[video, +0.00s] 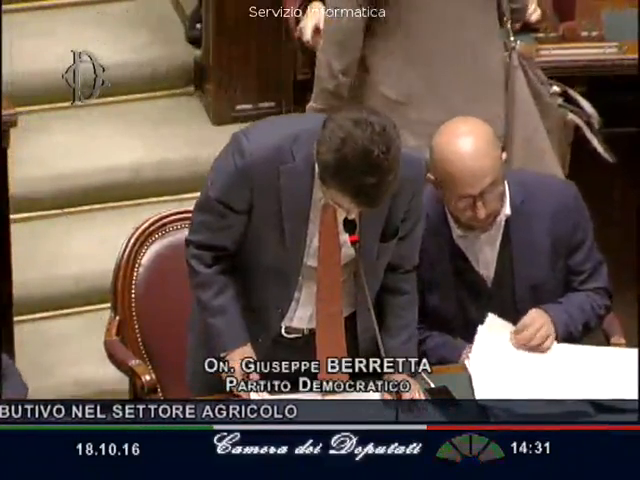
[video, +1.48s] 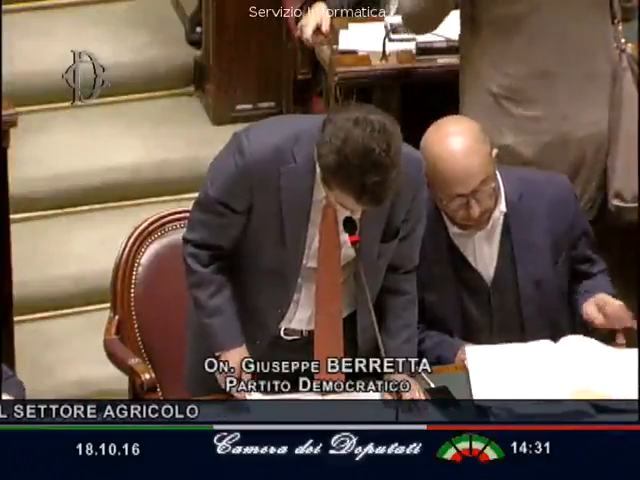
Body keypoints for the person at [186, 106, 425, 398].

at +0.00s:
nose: (350, 214)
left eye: (362, 207)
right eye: (340, 203)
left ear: (388, 176)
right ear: (320, 166)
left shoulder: (407, 174)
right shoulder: (252, 159)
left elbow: (401, 275)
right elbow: (206, 252)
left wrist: (400, 365)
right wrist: (234, 344)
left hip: (349, 336)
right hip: (264, 340)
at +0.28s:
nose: (352, 214)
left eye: (364, 207)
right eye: (342, 203)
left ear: (388, 174)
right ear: (320, 166)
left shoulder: (407, 175)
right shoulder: (252, 159)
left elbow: (401, 275)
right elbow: (205, 251)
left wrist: (401, 366)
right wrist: (234, 344)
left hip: (348, 336)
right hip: (262, 340)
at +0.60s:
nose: (355, 211)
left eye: (367, 203)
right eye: (344, 200)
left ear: (390, 174)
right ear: (322, 162)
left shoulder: (407, 174)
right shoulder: (253, 156)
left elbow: (401, 275)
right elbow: (202, 247)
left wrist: (401, 367)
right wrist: (229, 341)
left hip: (346, 336)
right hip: (260, 340)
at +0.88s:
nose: (354, 211)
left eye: (366, 203)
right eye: (343, 199)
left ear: (391, 173)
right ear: (322, 163)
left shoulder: (406, 175)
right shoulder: (253, 155)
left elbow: (400, 275)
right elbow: (200, 245)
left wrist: (401, 367)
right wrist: (227, 339)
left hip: (345, 337)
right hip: (258, 341)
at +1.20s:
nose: (353, 212)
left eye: (364, 204)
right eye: (342, 201)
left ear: (389, 173)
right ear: (321, 165)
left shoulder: (406, 173)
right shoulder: (253, 157)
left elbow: (400, 274)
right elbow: (200, 247)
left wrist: (401, 367)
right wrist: (228, 344)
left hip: (346, 337)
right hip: (259, 341)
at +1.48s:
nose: (354, 213)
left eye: (365, 206)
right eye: (343, 203)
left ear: (391, 175)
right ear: (323, 167)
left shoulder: (408, 173)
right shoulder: (254, 158)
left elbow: (402, 275)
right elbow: (202, 249)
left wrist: (401, 367)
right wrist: (229, 345)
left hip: (348, 337)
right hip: (262, 341)